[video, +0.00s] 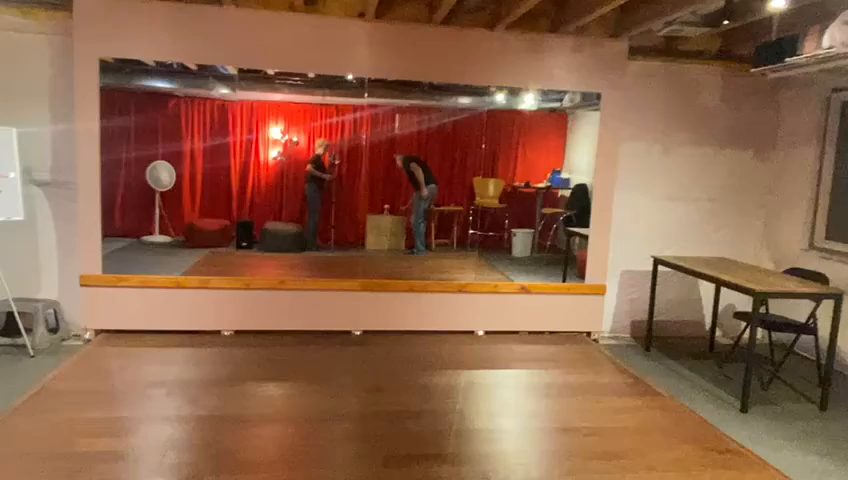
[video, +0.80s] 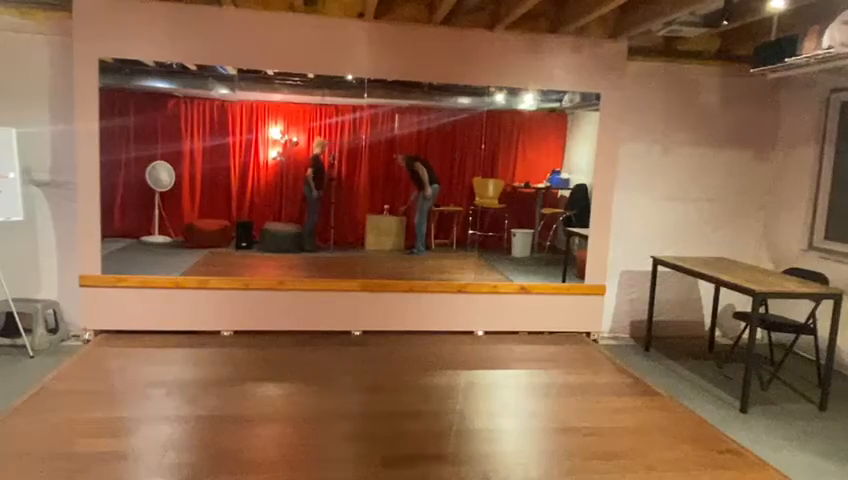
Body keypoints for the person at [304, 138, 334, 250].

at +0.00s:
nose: (326, 150)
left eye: (326, 147)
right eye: (325, 147)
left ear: (321, 147)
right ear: (321, 147)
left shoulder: (321, 160)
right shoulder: (316, 158)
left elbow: (326, 172)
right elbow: (309, 168)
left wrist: (332, 164)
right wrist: (324, 176)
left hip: (317, 187)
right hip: (312, 187)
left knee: (315, 213)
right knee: (314, 213)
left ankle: (313, 240)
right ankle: (311, 241)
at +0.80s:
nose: (324, 149)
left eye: (324, 146)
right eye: (323, 146)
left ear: (320, 147)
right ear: (319, 147)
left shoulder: (320, 159)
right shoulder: (315, 159)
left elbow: (321, 175)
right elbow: (309, 174)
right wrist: (313, 189)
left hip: (317, 191)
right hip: (313, 191)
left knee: (314, 217)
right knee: (312, 216)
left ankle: (311, 241)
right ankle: (308, 242)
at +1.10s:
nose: (318, 146)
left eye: (319, 143)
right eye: (317, 143)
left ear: (319, 145)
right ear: (313, 145)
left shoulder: (318, 162)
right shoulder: (310, 161)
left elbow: (319, 179)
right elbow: (306, 178)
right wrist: (306, 193)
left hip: (316, 192)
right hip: (311, 193)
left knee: (314, 217)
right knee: (312, 217)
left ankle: (311, 241)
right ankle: (308, 242)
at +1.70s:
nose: (308, 148)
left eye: (310, 145)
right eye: (306, 145)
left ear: (313, 146)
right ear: (302, 147)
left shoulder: (318, 161)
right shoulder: (298, 163)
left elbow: (322, 179)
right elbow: (294, 181)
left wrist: (323, 195)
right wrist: (291, 196)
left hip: (316, 193)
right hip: (303, 193)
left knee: (314, 219)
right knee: (305, 219)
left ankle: (314, 244)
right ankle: (306, 244)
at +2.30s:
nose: (306, 147)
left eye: (307, 144)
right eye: (303, 144)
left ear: (311, 145)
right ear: (300, 146)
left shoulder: (316, 161)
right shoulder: (295, 162)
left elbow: (322, 179)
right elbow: (293, 182)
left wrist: (324, 195)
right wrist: (292, 197)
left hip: (313, 194)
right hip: (299, 194)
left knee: (309, 220)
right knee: (299, 220)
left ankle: (309, 247)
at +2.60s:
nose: (297, 147)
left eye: (300, 144)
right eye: (295, 144)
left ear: (305, 144)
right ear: (291, 144)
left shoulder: (310, 159)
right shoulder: (287, 159)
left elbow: (315, 174)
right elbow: (282, 178)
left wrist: (319, 187)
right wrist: (276, 191)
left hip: (305, 192)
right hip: (290, 192)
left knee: (303, 221)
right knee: (289, 222)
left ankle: (307, 247)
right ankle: (288, 252)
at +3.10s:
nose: (294, 142)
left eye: (296, 139)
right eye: (292, 139)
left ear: (299, 140)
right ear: (288, 140)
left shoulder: (306, 159)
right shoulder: (281, 160)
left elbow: (315, 176)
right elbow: (274, 176)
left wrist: (323, 189)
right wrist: (268, 187)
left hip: (301, 195)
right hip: (285, 195)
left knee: (296, 225)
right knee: (287, 225)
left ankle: (293, 254)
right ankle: (288, 253)